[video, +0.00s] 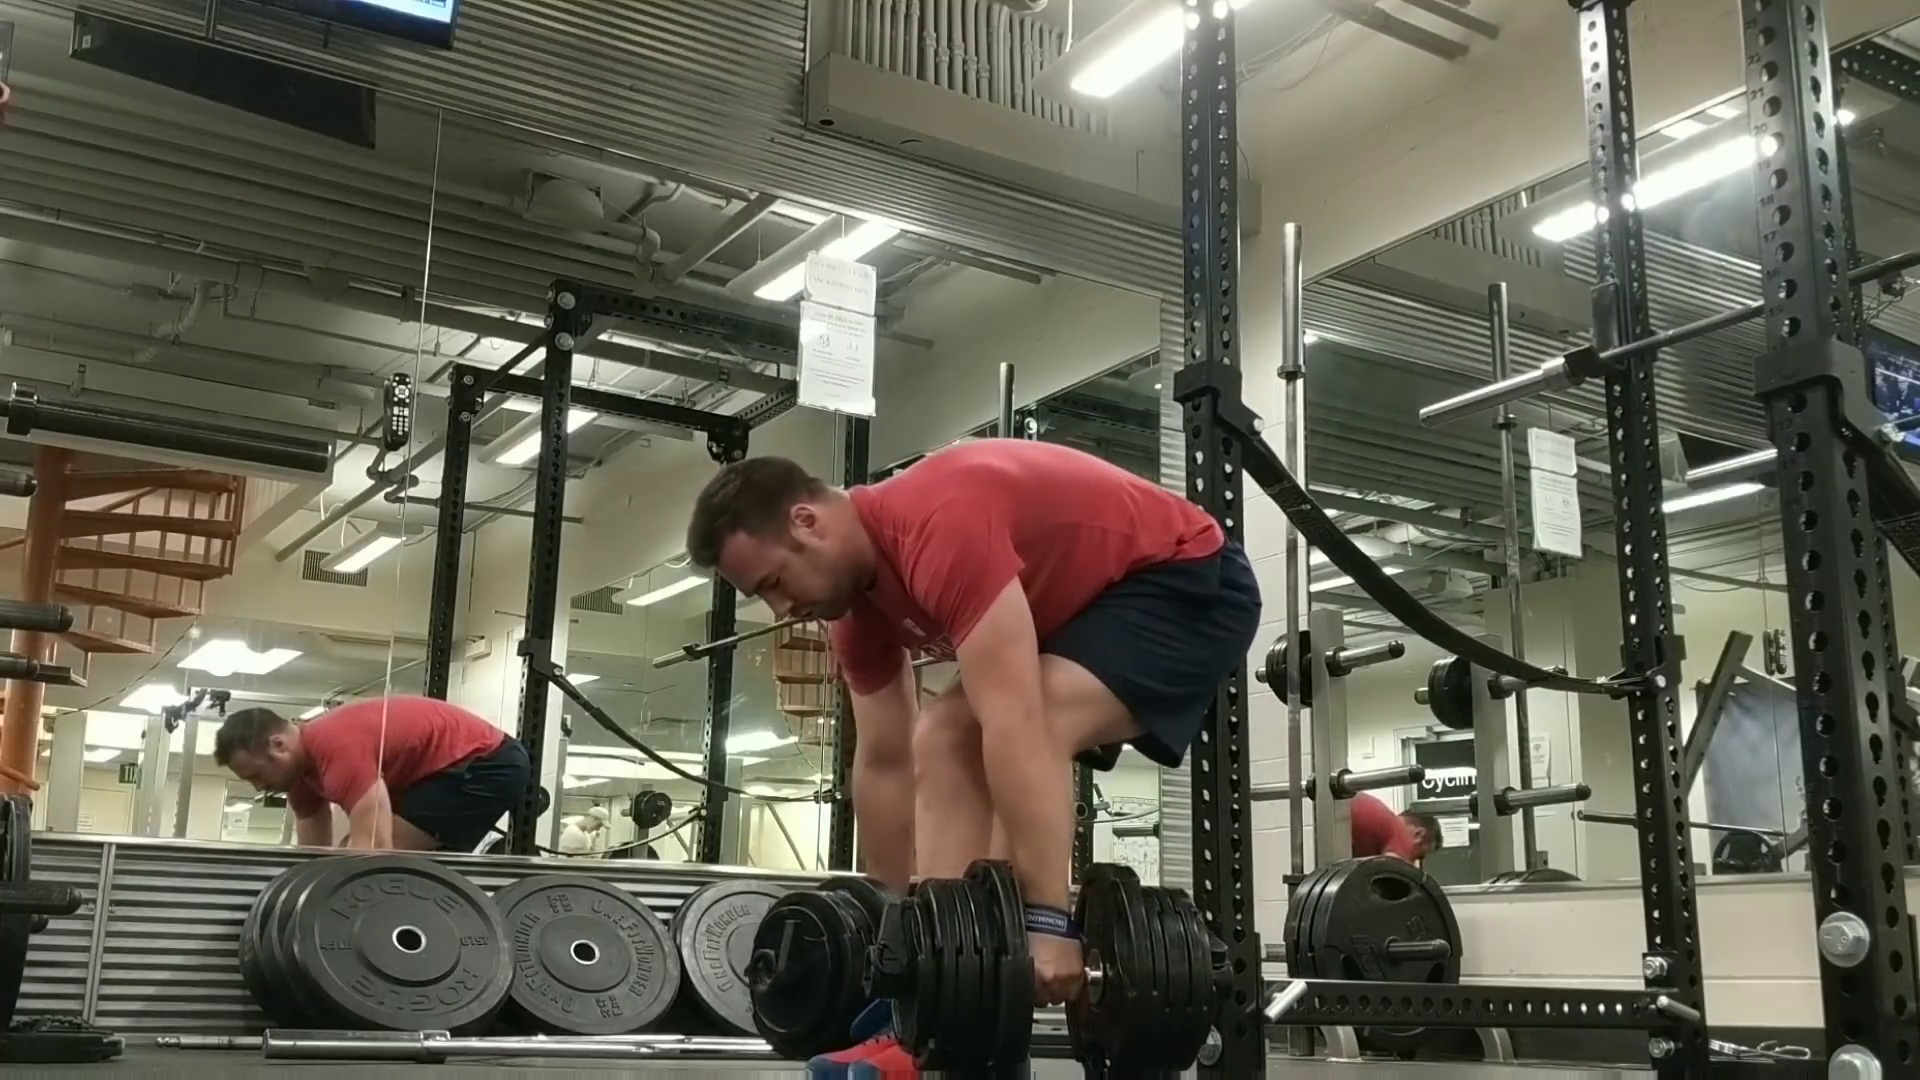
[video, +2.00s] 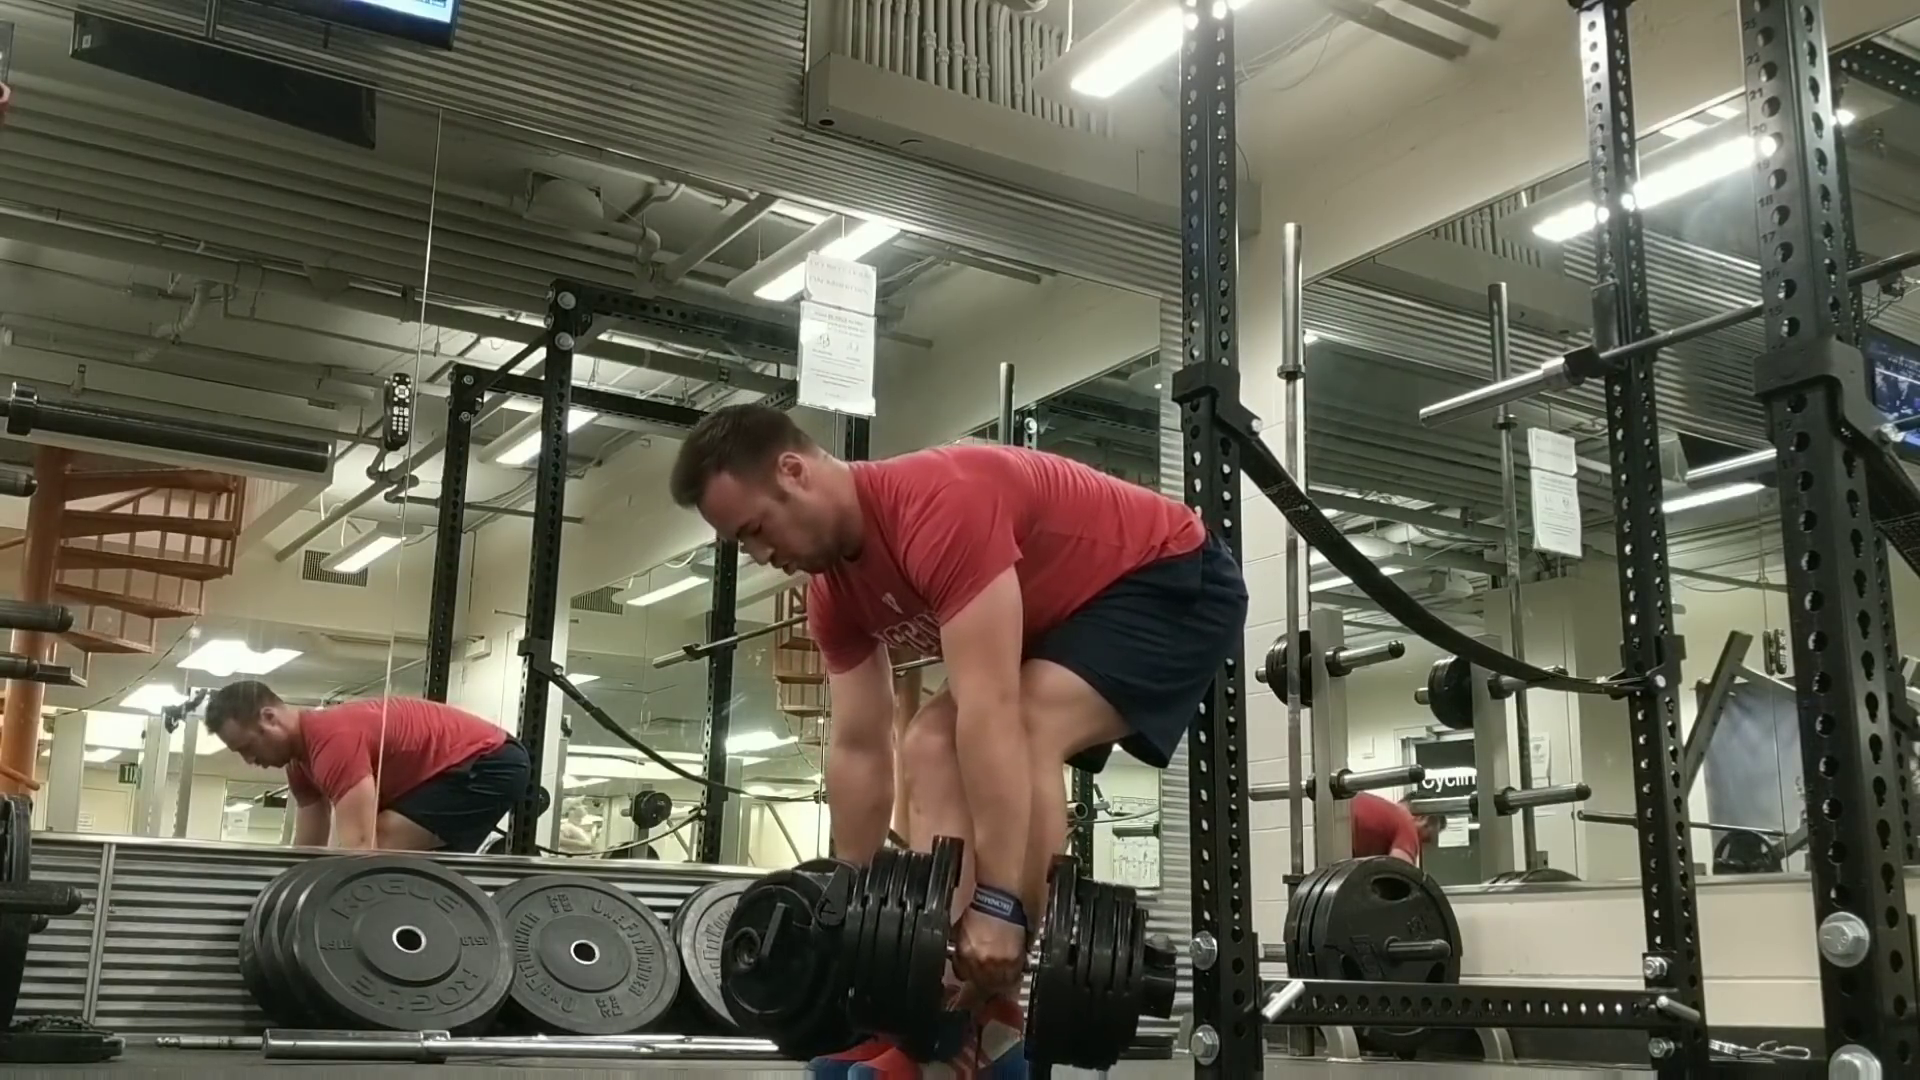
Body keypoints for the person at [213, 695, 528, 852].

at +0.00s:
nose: (259, 788)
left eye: (255, 775)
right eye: (250, 781)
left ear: (279, 747)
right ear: (277, 746)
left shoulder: (336, 748)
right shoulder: (302, 772)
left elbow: (370, 843)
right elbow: (314, 849)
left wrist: (327, 904)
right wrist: (300, 904)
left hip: (487, 765)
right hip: (457, 769)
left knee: (388, 854)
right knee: (384, 855)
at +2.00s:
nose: (250, 762)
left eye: (248, 749)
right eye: (242, 755)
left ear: (270, 719)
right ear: (270, 722)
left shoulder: (333, 739)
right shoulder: (301, 762)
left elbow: (358, 850)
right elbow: (309, 851)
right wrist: (286, 920)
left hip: (491, 763)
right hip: (461, 768)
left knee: (383, 847)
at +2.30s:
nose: (253, 741)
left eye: (252, 729)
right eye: (245, 735)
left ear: (277, 700)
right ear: (275, 703)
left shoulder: (338, 724)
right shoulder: (306, 748)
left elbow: (381, 824)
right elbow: (320, 831)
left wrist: (367, 915)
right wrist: (294, 901)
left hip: (488, 762)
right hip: (453, 771)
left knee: (369, 848)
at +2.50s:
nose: (271, 723)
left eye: (269, 711)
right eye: (262, 719)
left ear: (285, 679)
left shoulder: (348, 702)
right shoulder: (314, 727)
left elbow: (406, 789)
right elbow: (340, 796)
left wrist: (381, 885)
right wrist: (313, 871)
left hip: (487, 759)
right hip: (450, 767)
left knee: (401, 863)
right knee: (363, 854)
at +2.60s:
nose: (276, 716)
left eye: (272, 705)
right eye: (267, 711)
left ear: (288, 672)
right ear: (290, 674)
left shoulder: (353, 692)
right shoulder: (319, 712)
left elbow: (422, 764)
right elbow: (354, 781)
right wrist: (338, 847)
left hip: (489, 759)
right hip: (454, 763)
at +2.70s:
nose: (287, 710)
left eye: (281, 700)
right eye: (278, 705)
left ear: (293, 666)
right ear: (294, 668)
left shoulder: (362, 682)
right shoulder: (327, 703)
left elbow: (435, 747)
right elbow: (364, 763)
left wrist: (421, 835)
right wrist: (359, 825)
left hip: (491, 759)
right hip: (454, 762)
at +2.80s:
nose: (300, 705)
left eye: (292, 697)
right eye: (289, 703)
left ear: (298, 664)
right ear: (299, 663)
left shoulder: (364, 674)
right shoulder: (335, 694)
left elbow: (446, 729)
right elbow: (376, 748)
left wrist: (433, 818)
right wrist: (362, 813)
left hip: (489, 762)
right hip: (451, 765)